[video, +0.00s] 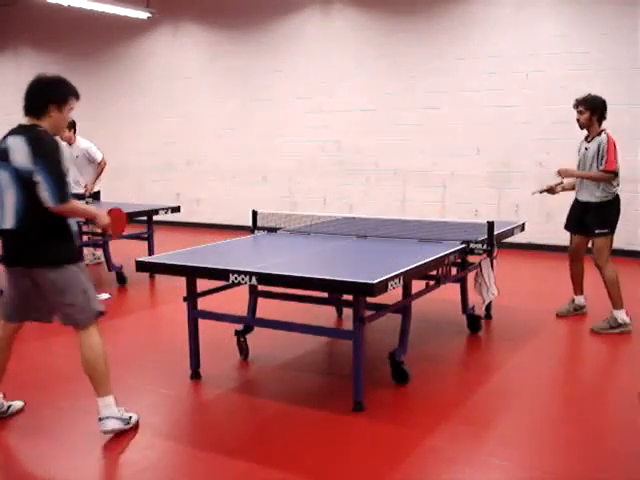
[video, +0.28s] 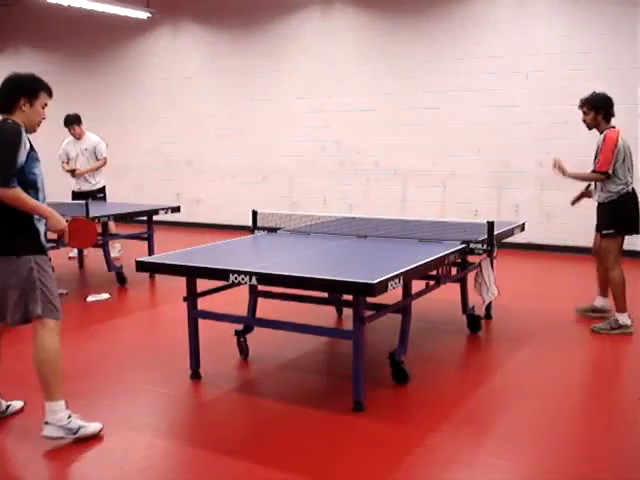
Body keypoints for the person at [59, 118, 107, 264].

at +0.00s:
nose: (61, 136)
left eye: (64, 132)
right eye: (61, 132)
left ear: (72, 131)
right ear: (63, 132)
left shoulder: (85, 146)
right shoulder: (61, 147)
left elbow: (102, 161)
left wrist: (93, 183)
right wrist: (63, 182)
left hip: (87, 191)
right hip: (70, 191)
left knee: (92, 224)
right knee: (73, 223)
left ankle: (95, 251)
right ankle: (77, 252)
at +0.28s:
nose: (73, 132)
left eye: (74, 128)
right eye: (70, 129)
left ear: (81, 126)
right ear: (68, 129)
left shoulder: (95, 141)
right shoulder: (67, 144)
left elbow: (103, 160)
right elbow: (64, 161)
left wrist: (85, 171)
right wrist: (69, 169)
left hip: (96, 188)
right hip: (79, 189)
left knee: (105, 219)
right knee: (77, 220)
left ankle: (114, 243)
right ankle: (76, 245)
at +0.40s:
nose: (77, 131)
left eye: (79, 127)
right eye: (74, 128)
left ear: (85, 125)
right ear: (73, 128)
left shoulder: (99, 141)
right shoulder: (71, 143)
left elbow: (106, 161)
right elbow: (67, 162)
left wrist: (89, 169)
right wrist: (75, 167)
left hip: (100, 187)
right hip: (81, 188)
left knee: (112, 216)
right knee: (77, 219)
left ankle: (126, 241)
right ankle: (76, 245)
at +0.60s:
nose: (90, 133)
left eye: (92, 129)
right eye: (88, 130)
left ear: (99, 127)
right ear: (86, 130)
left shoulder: (113, 142)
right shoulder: (86, 142)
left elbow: (121, 161)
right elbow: (75, 160)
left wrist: (106, 168)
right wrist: (85, 154)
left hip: (111, 189)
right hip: (91, 189)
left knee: (124, 217)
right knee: (85, 220)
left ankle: (135, 240)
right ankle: (79, 245)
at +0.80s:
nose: (102, 137)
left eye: (103, 133)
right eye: (100, 134)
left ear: (108, 129)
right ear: (98, 133)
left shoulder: (125, 142)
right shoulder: (100, 143)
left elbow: (135, 160)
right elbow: (97, 144)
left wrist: (122, 170)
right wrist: (115, 137)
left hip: (123, 187)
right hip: (104, 187)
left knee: (130, 218)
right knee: (97, 218)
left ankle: (136, 241)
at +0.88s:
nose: (111, 133)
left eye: (112, 131)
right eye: (108, 132)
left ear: (117, 127)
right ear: (106, 132)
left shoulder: (132, 140)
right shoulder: (107, 141)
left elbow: (142, 158)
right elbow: (108, 136)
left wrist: (130, 168)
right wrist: (126, 132)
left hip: (128, 184)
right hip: (110, 183)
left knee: (133, 216)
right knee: (104, 216)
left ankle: (136, 241)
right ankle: (103, 242)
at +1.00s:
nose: (115, 134)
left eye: (116, 131)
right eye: (112, 132)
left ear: (120, 128)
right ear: (109, 132)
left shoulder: (135, 138)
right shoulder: (112, 141)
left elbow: (145, 157)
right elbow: (110, 135)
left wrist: (132, 168)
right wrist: (129, 129)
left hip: (131, 183)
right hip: (113, 182)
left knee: (134, 215)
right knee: (107, 214)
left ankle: (136, 240)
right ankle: (107, 240)